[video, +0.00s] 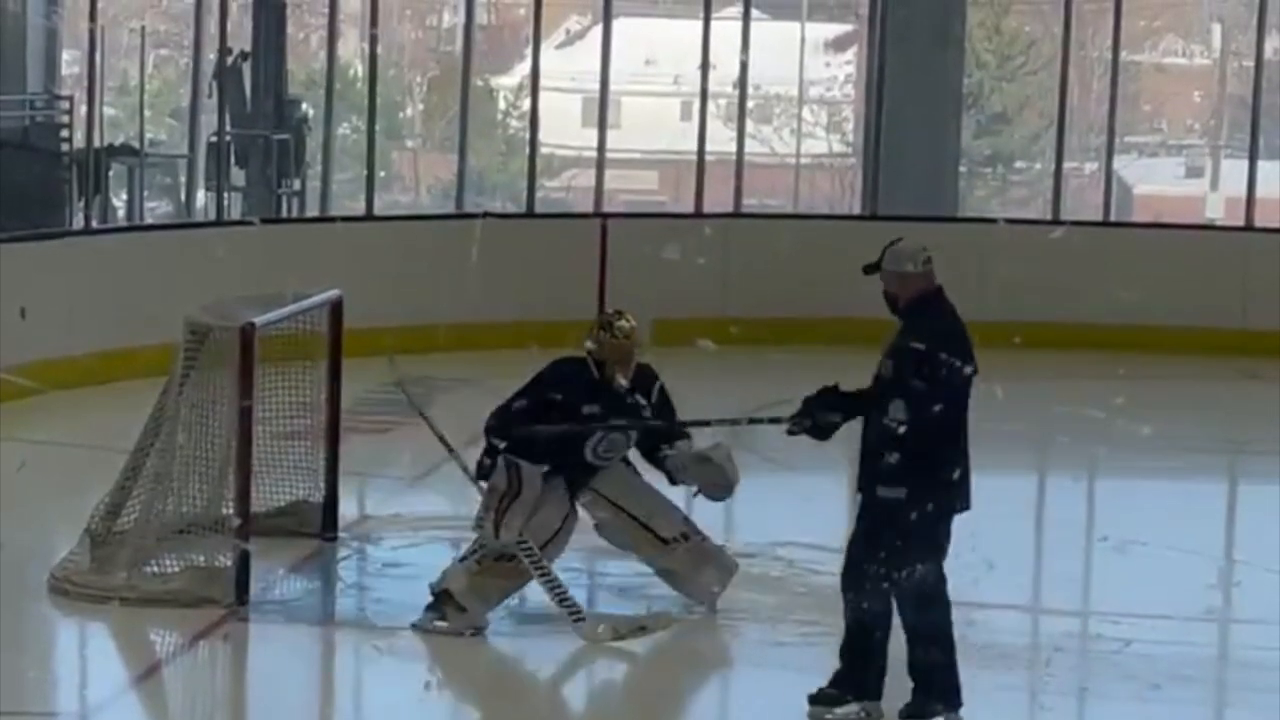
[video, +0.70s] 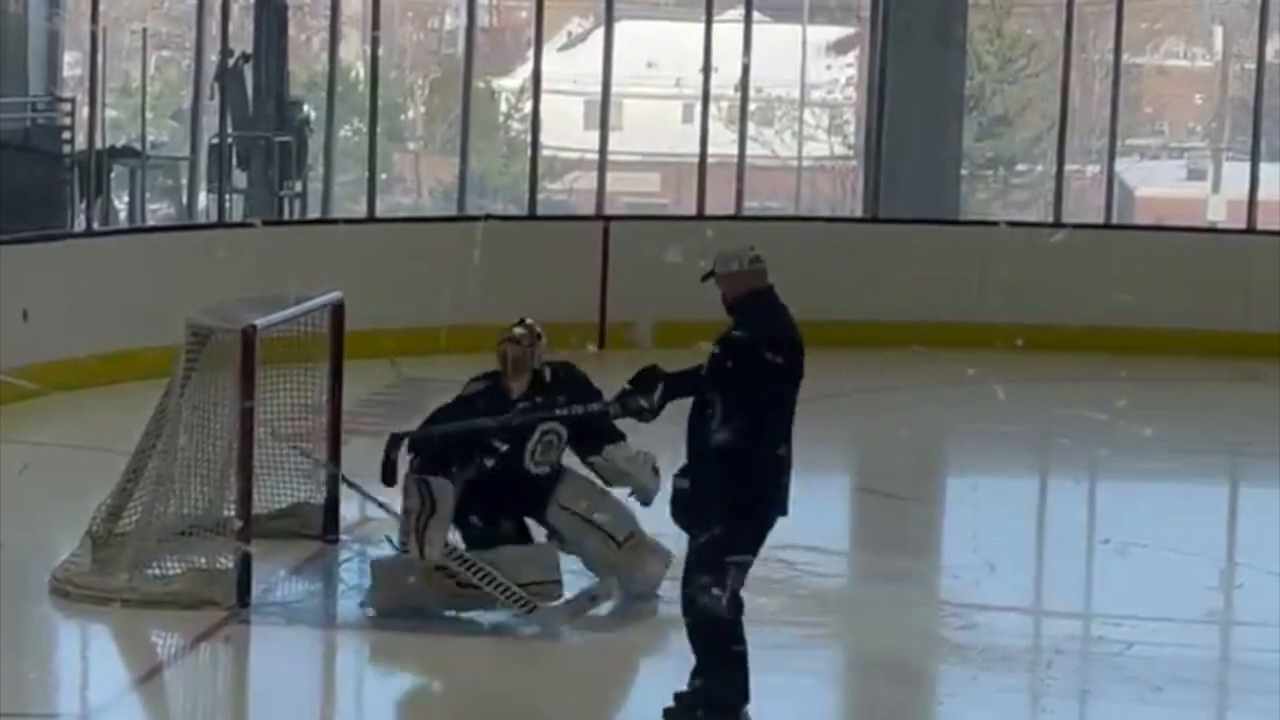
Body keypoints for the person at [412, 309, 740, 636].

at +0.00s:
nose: (621, 369)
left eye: (627, 359)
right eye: (613, 361)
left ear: (635, 352)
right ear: (596, 353)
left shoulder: (644, 382)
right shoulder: (565, 377)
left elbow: (661, 438)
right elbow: (502, 423)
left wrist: (687, 465)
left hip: (598, 469)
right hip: (537, 467)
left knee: (653, 519)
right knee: (530, 538)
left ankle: (713, 582)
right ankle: (452, 610)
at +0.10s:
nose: (620, 360)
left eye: (626, 351)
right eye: (613, 351)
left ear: (634, 349)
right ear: (595, 346)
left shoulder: (639, 381)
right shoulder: (563, 375)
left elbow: (654, 442)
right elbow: (500, 423)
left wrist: (680, 467)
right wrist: (569, 441)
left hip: (597, 473)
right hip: (540, 468)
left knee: (662, 526)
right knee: (528, 541)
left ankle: (704, 589)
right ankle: (451, 613)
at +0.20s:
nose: (607, 350)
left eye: (613, 341)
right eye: (598, 340)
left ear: (623, 345)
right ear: (583, 343)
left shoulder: (627, 385)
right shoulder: (554, 375)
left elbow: (635, 438)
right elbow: (499, 422)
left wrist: (667, 463)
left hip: (585, 471)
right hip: (531, 467)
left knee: (644, 513)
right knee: (535, 533)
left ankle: (693, 583)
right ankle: (461, 604)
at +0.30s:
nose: (593, 352)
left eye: (601, 342)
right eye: (585, 342)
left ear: (611, 344)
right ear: (570, 344)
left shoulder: (615, 384)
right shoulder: (548, 376)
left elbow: (626, 435)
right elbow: (498, 423)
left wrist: (656, 459)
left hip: (573, 470)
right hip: (523, 467)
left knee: (632, 513)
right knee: (533, 536)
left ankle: (674, 580)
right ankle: (465, 600)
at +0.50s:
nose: (568, 347)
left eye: (577, 339)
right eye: (561, 339)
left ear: (589, 344)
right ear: (549, 343)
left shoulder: (604, 381)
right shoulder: (527, 380)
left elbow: (631, 433)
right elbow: (473, 427)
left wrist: (669, 455)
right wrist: (481, 468)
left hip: (581, 475)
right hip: (525, 476)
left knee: (627, 517)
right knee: (520, 548)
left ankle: (639, 594)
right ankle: (428, 602)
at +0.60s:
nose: (542, 347)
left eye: (551, 340)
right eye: (536, 339)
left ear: (567, 346)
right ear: (526, 344)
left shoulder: (589, 375)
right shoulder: (508, 383)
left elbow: (624, 427)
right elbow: (454, 430)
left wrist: (656, 460)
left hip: (568, 479)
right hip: (514, 481)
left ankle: (647, 570)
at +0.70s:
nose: (518, 351)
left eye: (527, 344)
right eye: (512, 344)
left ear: (540, 351)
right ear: (501, 350)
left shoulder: (563, 384)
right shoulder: (481, 395)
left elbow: (596, 438)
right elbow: (435, 433)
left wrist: (634, 473)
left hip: (541, 482)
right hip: (485, 492)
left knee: (599, 516)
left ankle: (639, 570)